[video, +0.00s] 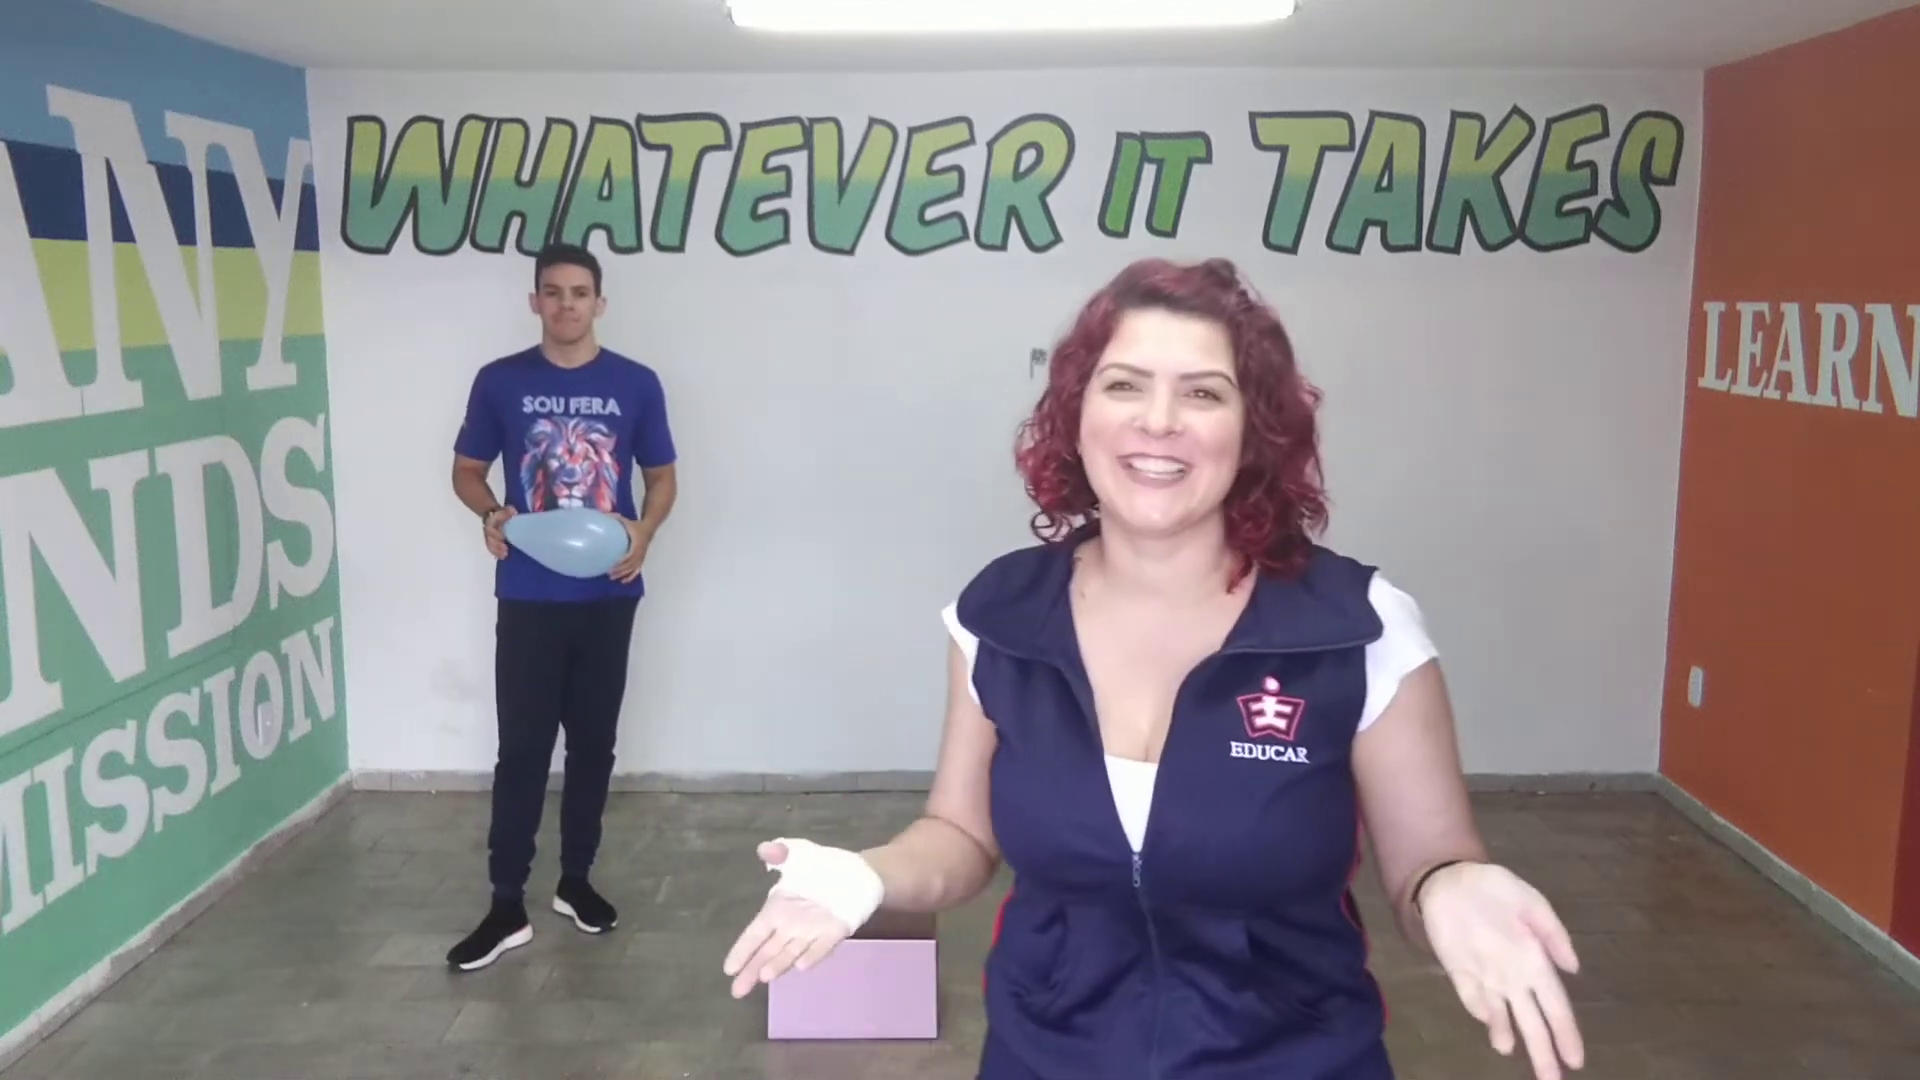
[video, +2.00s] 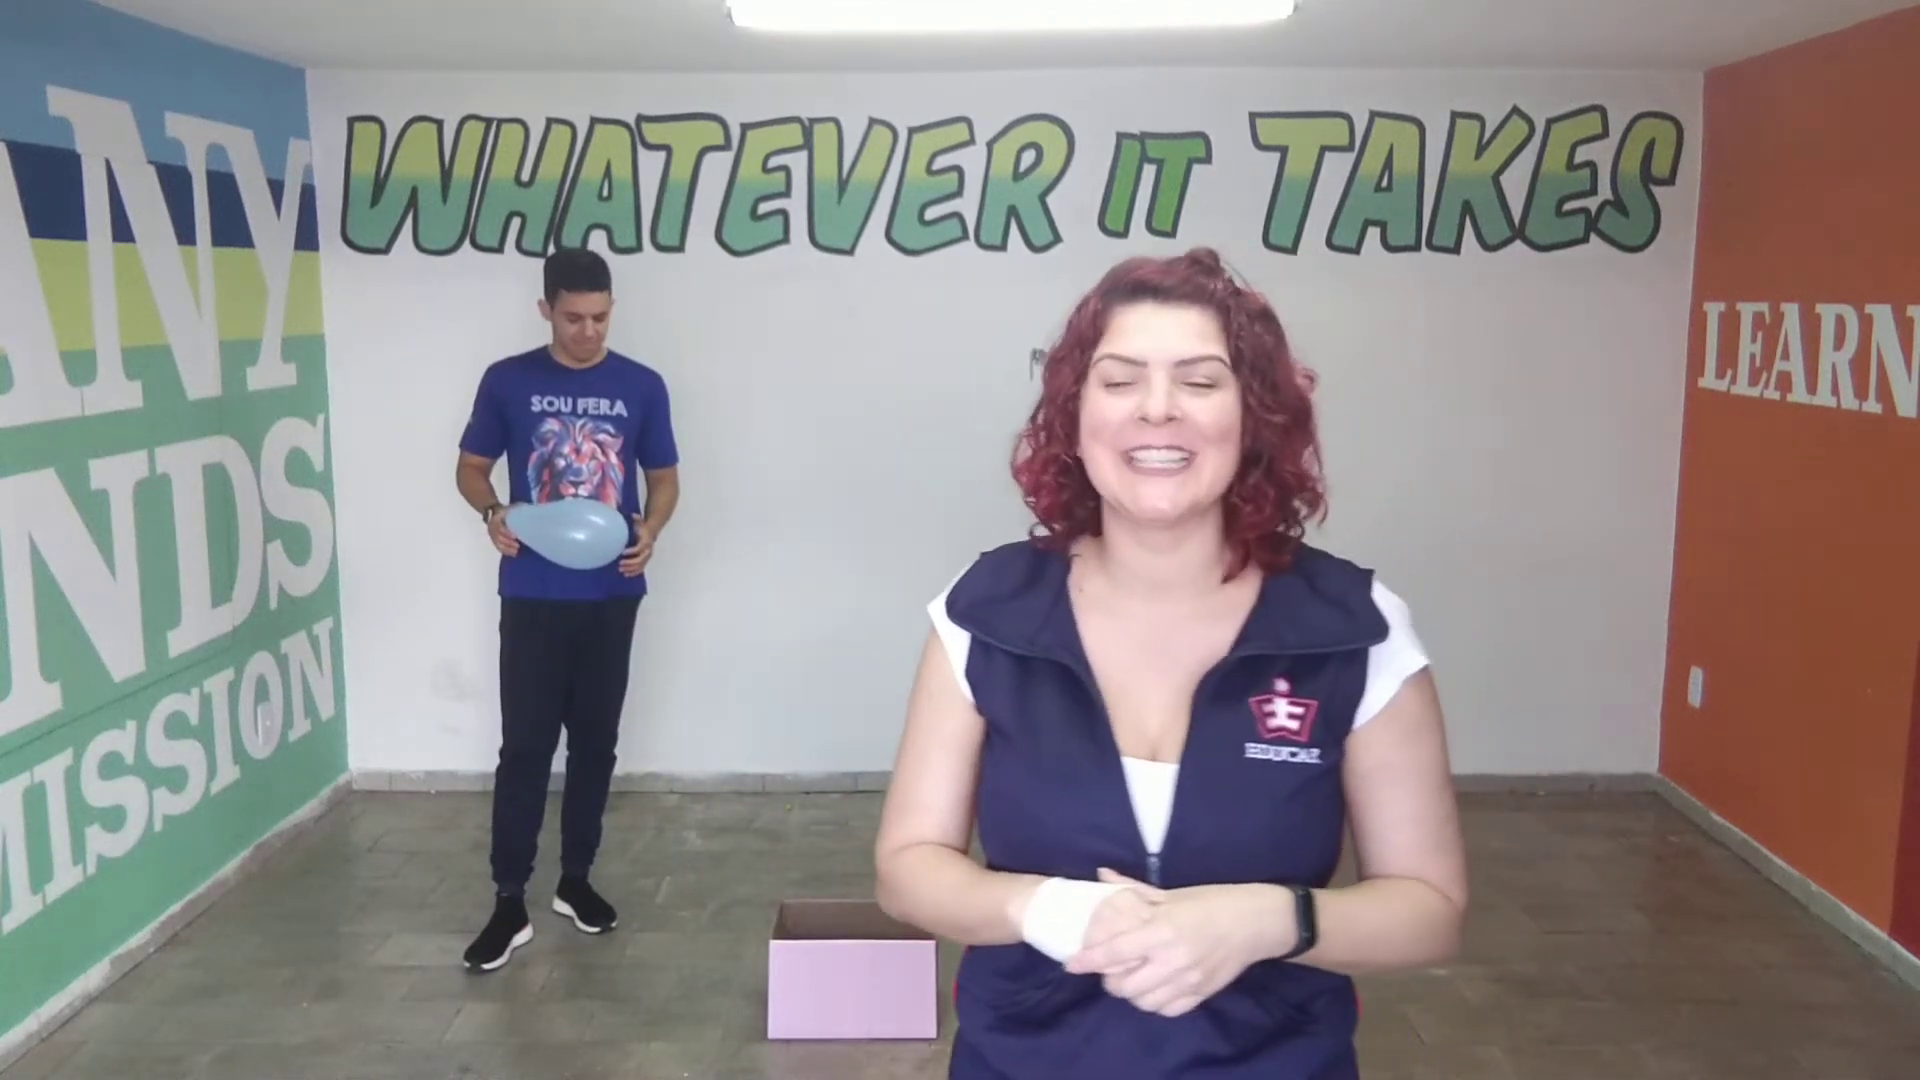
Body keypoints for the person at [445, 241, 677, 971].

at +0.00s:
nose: (564, 305)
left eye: (578, 293)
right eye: (553, 293)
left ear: (598, 302)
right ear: (536, 300)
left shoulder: (636, 385)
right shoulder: (500, 382)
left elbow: (663, 480)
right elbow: (466, 475)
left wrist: (643, 530)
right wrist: (492, 512)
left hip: (607, 598)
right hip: (529, 598)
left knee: (592, 745)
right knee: (522, 748)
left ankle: (575, 882)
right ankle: (508, 906)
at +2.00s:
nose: (587, 329)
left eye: (598, 315)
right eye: (573, 316)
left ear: (612, 313)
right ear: (548, 312)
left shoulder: (642, 388)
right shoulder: (508, 382)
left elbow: (665, 482)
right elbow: (471, 469)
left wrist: (648, 528)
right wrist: (493, 511)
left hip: (610, 598)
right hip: (534, 597)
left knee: (594, 745)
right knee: (525, 747)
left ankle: (574, 882)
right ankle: (510, 900)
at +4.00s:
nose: (555, 306)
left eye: (568, 294)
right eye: (543, 294)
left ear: (592, 302)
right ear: (529, 302)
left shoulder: (633, 385)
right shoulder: (499, 384)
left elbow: (664, 477)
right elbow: (470, 475)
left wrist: (634, 528)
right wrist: (485, 516)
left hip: (602, 597)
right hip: (525, 596)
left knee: (592, 746)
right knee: (522, 748)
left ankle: (575, 883)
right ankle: (509, 902)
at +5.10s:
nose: (482, 301)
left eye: (495, 289)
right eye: (469, 289)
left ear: (520, 301)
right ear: (453, 302)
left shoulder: (565, 384)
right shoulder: (425, 388)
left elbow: (602, 483)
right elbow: (396, 503)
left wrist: (572, 533)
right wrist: (396, 459)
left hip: (543, 608)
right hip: (460, 610)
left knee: (559, 750)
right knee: (463, 762)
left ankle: (572, 882)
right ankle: (465, 912)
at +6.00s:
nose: (506, 323)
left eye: (515, 310)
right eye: (492, 309)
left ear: (521, 311)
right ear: (452, 306)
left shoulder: (548, 387)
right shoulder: (402, 393)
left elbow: (578, 482)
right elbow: (356, 499)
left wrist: (570, 528)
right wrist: (393, 497)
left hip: (542, 615)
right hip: (454, 622)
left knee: (575, 767)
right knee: (460, 774)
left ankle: (609, 917)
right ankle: (465, 914)